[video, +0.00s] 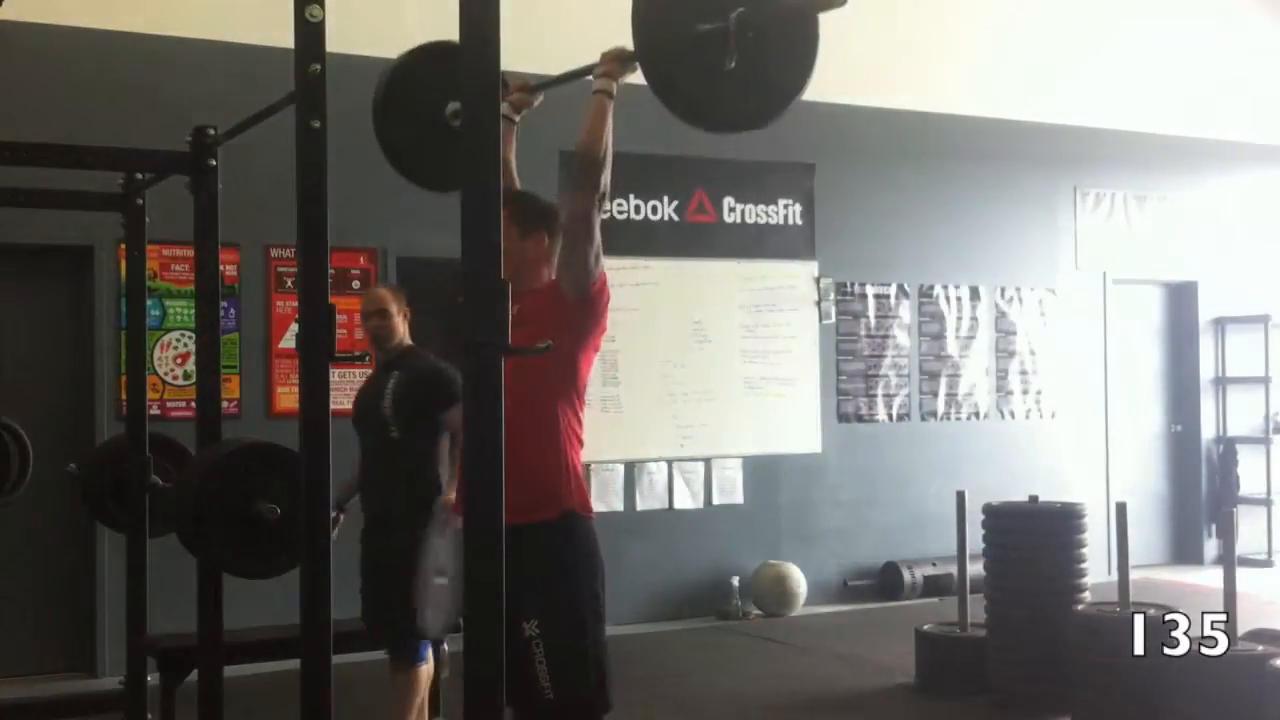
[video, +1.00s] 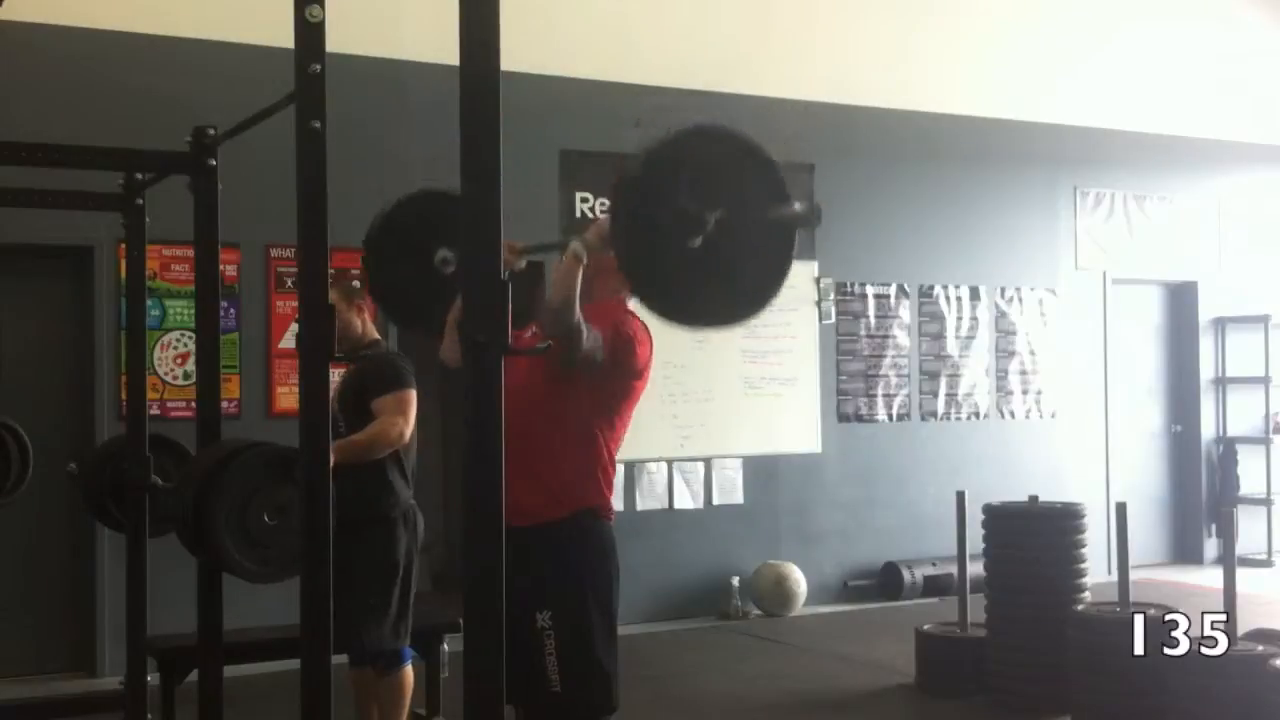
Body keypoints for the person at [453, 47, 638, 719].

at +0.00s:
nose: (494, 246)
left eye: (506, 233)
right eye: (492, 233)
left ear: (541, 241)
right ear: (502, 242)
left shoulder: (571, 304)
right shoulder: (498, 307)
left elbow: (586, 195)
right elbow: (500, 211)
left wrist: (603, 85)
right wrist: (510, 118)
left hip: (553, 524)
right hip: (490, 526)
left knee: (574, 691)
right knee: (501, 686)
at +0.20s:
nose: (498, 238)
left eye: (510, 227)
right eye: (497, 228)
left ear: (548, 241)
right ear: (508, 242)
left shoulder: (579, 303)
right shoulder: (497, 305)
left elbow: (586, 191)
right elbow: (498, 215)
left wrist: (604, 87)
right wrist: (508, 127)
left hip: (557, 528)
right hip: (492, 529)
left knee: (576, 696)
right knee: (504, 692)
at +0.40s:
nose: (514, 235)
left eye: (529, 227)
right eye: (514, 226)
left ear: (564, 237)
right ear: (511, 239)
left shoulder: (586, 306)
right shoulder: (497, 302)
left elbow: (582, 206)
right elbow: (474, 228)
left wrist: (598, 110)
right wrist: (502, 153)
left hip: (563, 525)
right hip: (495, 525)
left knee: (583, 688)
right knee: (511, 682)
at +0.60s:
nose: (560, 247)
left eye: (578, 239)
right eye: (561, 236)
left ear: (608, 255)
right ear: (553, 244)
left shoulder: (606, 324)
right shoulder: (520, 310)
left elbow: (566, 234)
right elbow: (463, 267)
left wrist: (588, 145)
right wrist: (496, 187)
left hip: (565, 536)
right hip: (500, 534)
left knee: (577, 698)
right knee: (513, 695)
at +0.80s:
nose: (580, 223)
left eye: (603, 220)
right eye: (585, 213)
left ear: (627, 257)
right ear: (568, 238)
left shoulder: (619, 325)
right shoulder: (525, 320)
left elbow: (559, 287)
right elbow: (452, 304)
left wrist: (579, 197)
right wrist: (486, 227)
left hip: (570, 532)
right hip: (505, 529)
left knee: (579, 697)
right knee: (517, 692)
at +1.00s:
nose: (576, 251)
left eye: (595, 241)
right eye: (578, 240)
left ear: (620, 264)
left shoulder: (626, 333)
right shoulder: (531, 330)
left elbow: (561, 327)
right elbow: (454, 352)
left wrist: (572, 255)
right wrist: (487, 277)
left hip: (571, 530)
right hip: (508, 529)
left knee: (578, 691)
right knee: (514, 688)